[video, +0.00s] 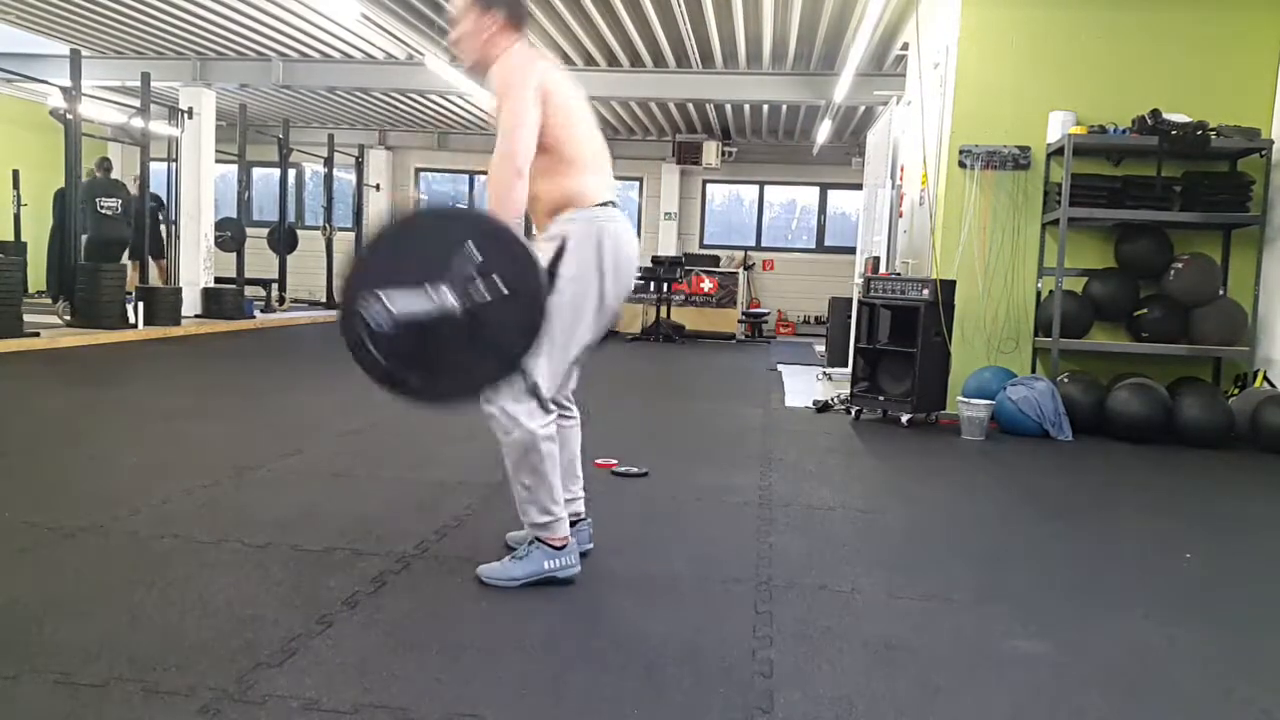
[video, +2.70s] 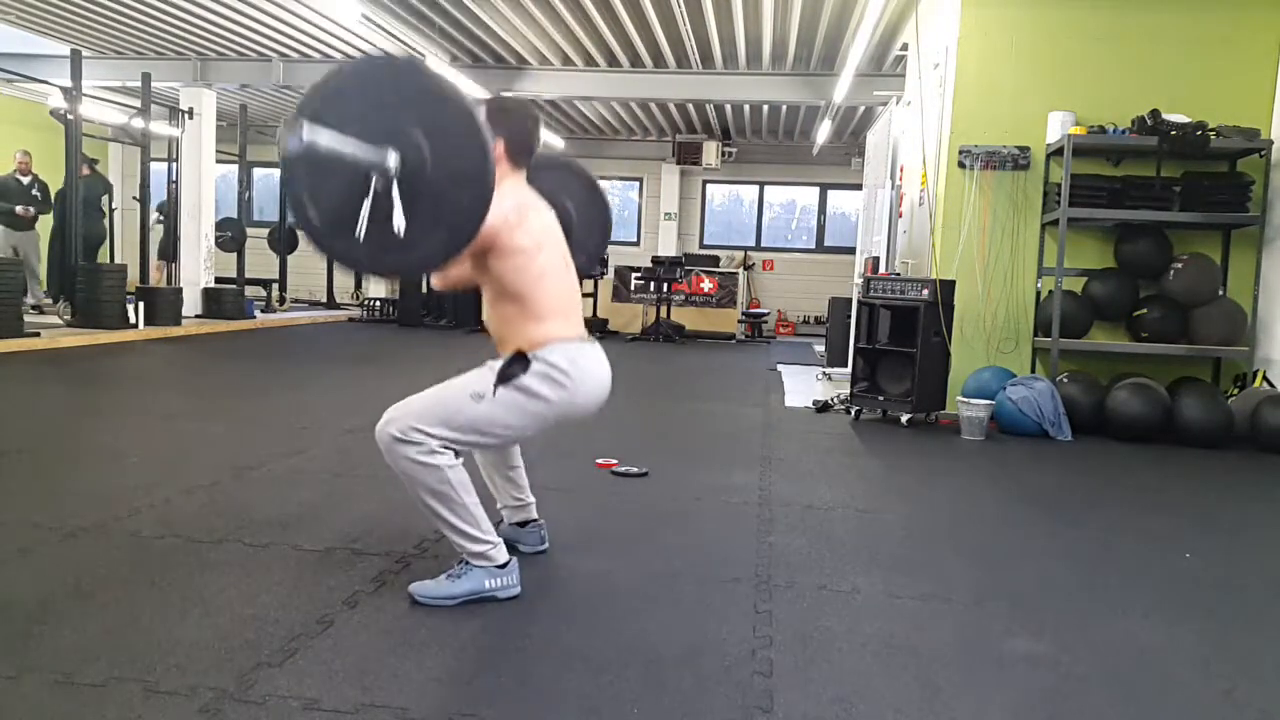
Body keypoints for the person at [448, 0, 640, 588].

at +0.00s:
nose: (450, 38)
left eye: (456, 23)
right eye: (450, 26)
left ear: (493, 22)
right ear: (500, 25)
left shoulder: (520, 67)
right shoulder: (539, 70)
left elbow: (512, 165)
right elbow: (532, 175)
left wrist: (491, 263)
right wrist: (511, 264)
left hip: (581, 236)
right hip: (597, 234)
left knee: (513, 391)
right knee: (553, 392)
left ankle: (552, 544)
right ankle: (568, 523)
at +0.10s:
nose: (496, 7)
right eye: (496, 1)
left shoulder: (556, 33)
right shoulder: (585, 45)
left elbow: (533, 118)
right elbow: (579, 155)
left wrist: (476, 178)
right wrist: (524, 210)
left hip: (560, 226)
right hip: (591, 226)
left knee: (516, 391)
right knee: (559, 388)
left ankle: (553, 542)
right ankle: (570, 523)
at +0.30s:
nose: (510, 7)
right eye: (512, 1)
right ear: (564, 2)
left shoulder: (567, 41)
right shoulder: (599, 64)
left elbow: (575, 120)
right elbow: (610, 163)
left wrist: (498, 89)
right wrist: (545, 145)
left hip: (539, 233)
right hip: (572, 229)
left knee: (528, 395)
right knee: (562, 386)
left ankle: (556, 548)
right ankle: (573, 523)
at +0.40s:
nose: (516, 12)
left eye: (521, 5)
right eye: (521, 7)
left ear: (542, 2)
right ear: (571, 5)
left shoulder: (556, 53)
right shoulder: (587, 64)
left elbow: (510, 136)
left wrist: (466, 72)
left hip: (532, 233)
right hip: (565, 228)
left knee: (524, 397)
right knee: (558, 387)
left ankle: (556, 548)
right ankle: (571, 522)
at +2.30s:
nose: (483, 21)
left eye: (491, 11)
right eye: (485, 12)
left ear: (519, 13)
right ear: (550, 19)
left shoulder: (520, 78)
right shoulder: (557, 86)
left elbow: (412, 125)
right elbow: (465, 151)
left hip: (535, 262)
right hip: (564, 258)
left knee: (449, 401)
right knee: (508, 405)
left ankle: (491, 562)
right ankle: (526, 523)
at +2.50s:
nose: (477, 74)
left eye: (486, 64)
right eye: (480, 63)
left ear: (508, 70)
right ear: (532, 75)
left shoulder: (508, 131)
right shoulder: (543, 136)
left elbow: (416, 187)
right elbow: (457, 205)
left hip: (546, 309)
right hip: (577, 304)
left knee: (424, 416)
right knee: (495, 408)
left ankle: (488, 564)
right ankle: (526, 521)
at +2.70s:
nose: (467, 150)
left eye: (476, 139)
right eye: (471, 138)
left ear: (498, 148)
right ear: (520, 151)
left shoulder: (494, 208)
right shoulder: (536, 205)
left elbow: (435, 270)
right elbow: (448, 278)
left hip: (549, 372)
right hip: (585, 366)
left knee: (404, 430)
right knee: (471, 403)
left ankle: (487, 564)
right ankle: (523, 523)